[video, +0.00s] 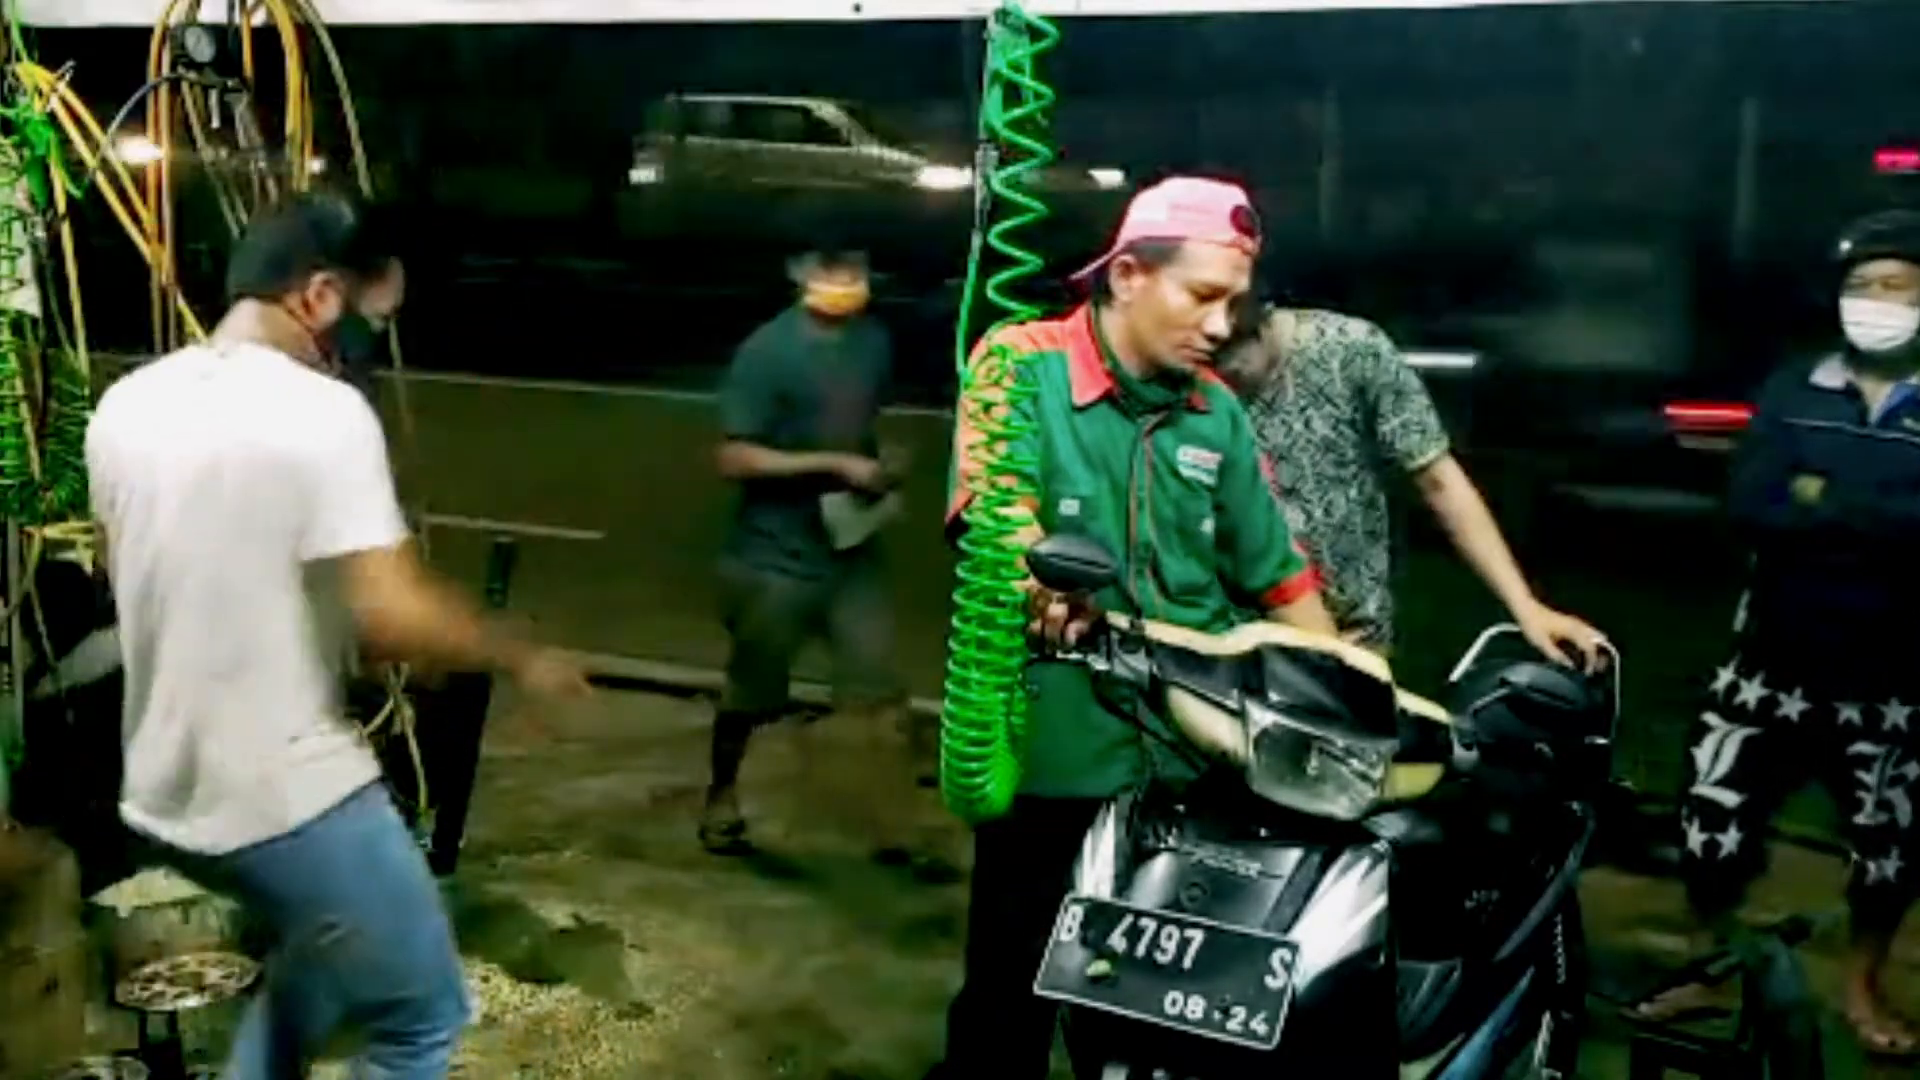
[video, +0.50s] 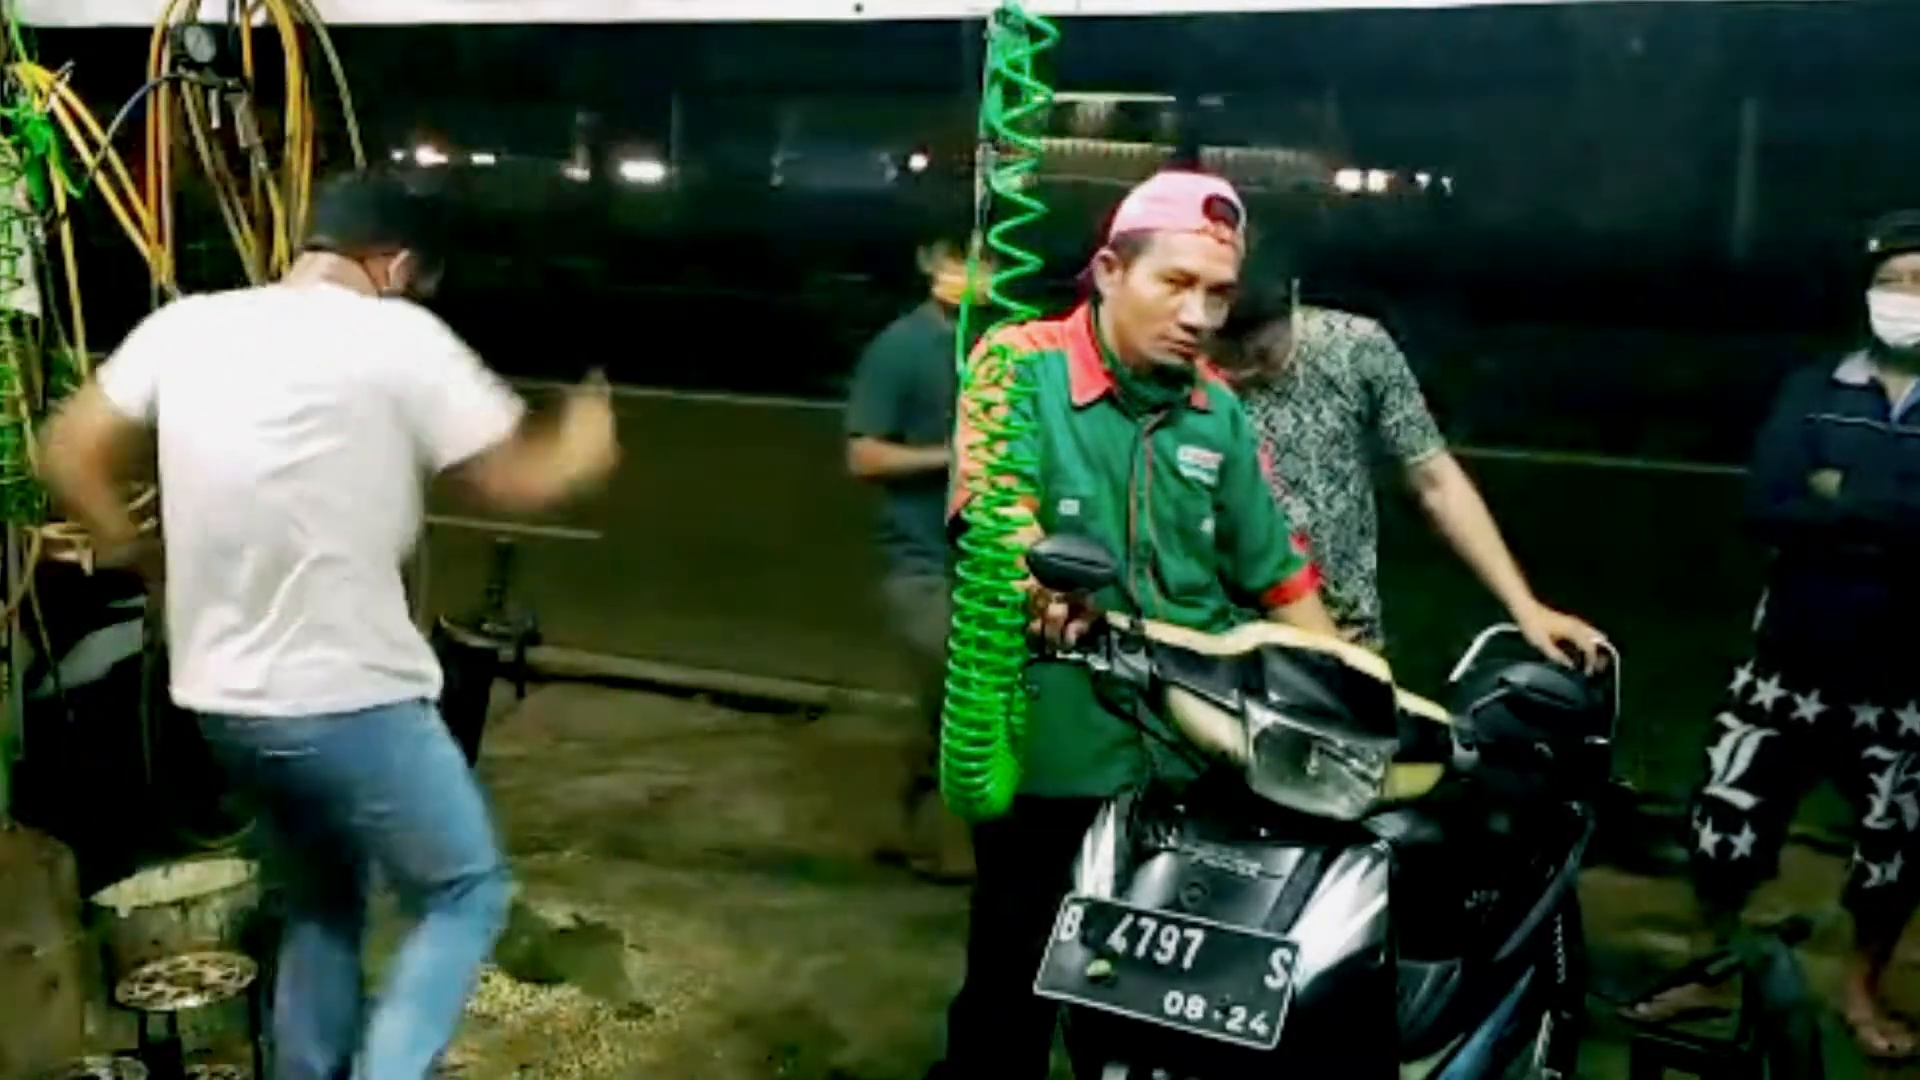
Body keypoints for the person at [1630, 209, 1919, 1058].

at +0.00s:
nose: (1874, 306)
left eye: (1895, 291)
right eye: (1862, 289)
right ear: (1838, 299)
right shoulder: (1796, 392)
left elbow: (1911, 517)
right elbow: (1748, 497)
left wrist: (1810, 488)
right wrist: (1869, 508)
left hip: (1889, 664)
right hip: (1777, 655)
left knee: (1890, 852)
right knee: (1709, 824)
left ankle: (1861, 983)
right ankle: (1708, 965)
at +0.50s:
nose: (1904, 302)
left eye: (1917, 287)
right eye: (1891, 285)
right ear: (1865, 297)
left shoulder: (1919, 412)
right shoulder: (1814, 392)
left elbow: (1908, 515)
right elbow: (1765, 503)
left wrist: (1831, 484)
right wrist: (1880, 512)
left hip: (1899, 669)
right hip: (1795, 657)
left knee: (1896, 850)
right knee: (1722, 824)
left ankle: (1863, 989)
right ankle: (1709, 968)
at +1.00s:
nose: (1916, 305)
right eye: (1906, 288)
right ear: (1880, 300)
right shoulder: (1832, 391)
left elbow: (1912, 515)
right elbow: (1783, 496)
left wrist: (1845, 482)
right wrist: (1893, 504)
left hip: (1903, 666)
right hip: (1800, 651)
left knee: (1896, 855)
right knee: (1726, 826)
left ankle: (1863, 988)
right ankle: (1710, 933)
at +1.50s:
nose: (1903, 301)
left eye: (1918, 287)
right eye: (1892, 285)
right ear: (1866, 298)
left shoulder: (1919, 413)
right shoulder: (1814, 387)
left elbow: (1907, 507)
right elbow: (1765, 485)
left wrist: (1828, 472)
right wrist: (1876, 509)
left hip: (1893, 659)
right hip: (1786, 644)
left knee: (1885, 843)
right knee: (1733, 816)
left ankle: (1858, 979)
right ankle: (1722, 939)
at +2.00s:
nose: (1897, 301)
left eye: (1913, 288)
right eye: (1885, 284)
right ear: (1858, 293)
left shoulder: (1918, 412)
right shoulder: (1807, 385)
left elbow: (1910, 517)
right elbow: (1761, 484)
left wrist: (1820, 475)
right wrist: (1871, 520)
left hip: (1889, 660)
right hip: (1782, 644)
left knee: (1884, 841)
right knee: (1737, 813)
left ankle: (1862, 981)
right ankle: (1716, 944)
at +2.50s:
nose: (1876, 306)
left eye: (1896, 292)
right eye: (1864, 288)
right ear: (1838, 296)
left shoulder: (1918, 406)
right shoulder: (1787, 388)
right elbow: (1725, 496)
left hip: (1892, 656)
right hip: (1784, 643)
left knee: (1886, 837)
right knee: (1757, 808)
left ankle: (1862, 984)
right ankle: (1724, 942)